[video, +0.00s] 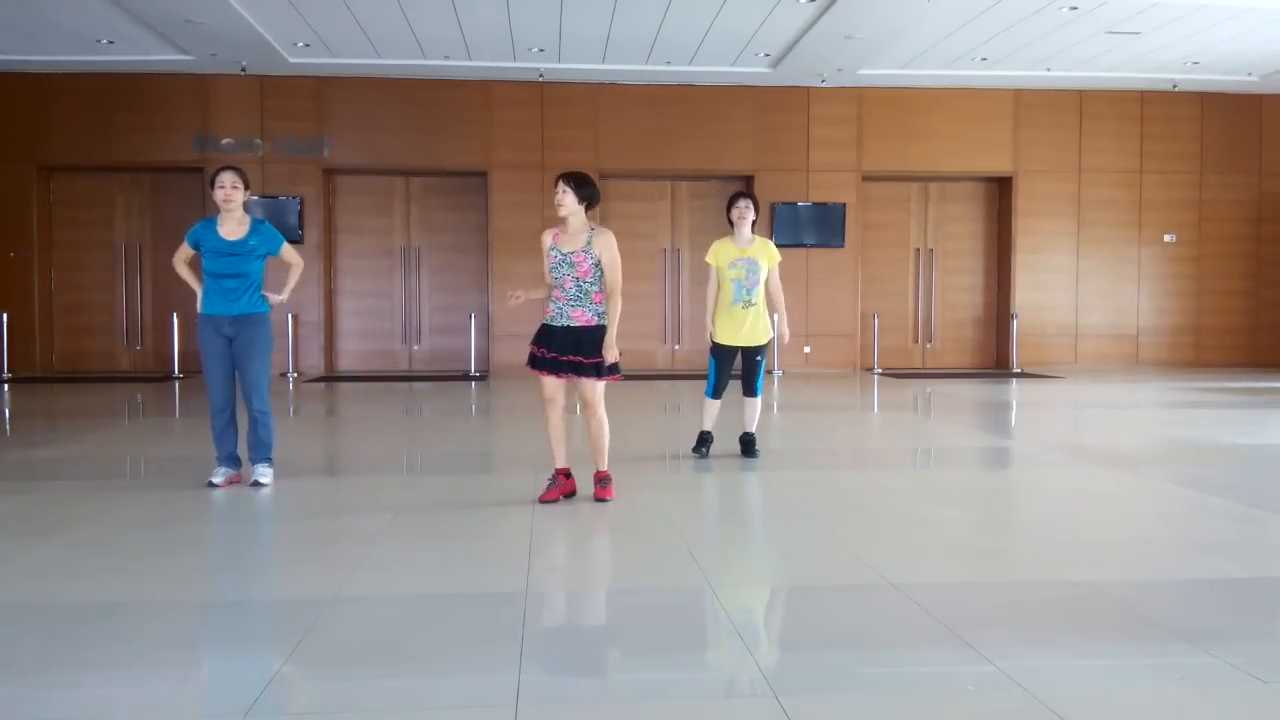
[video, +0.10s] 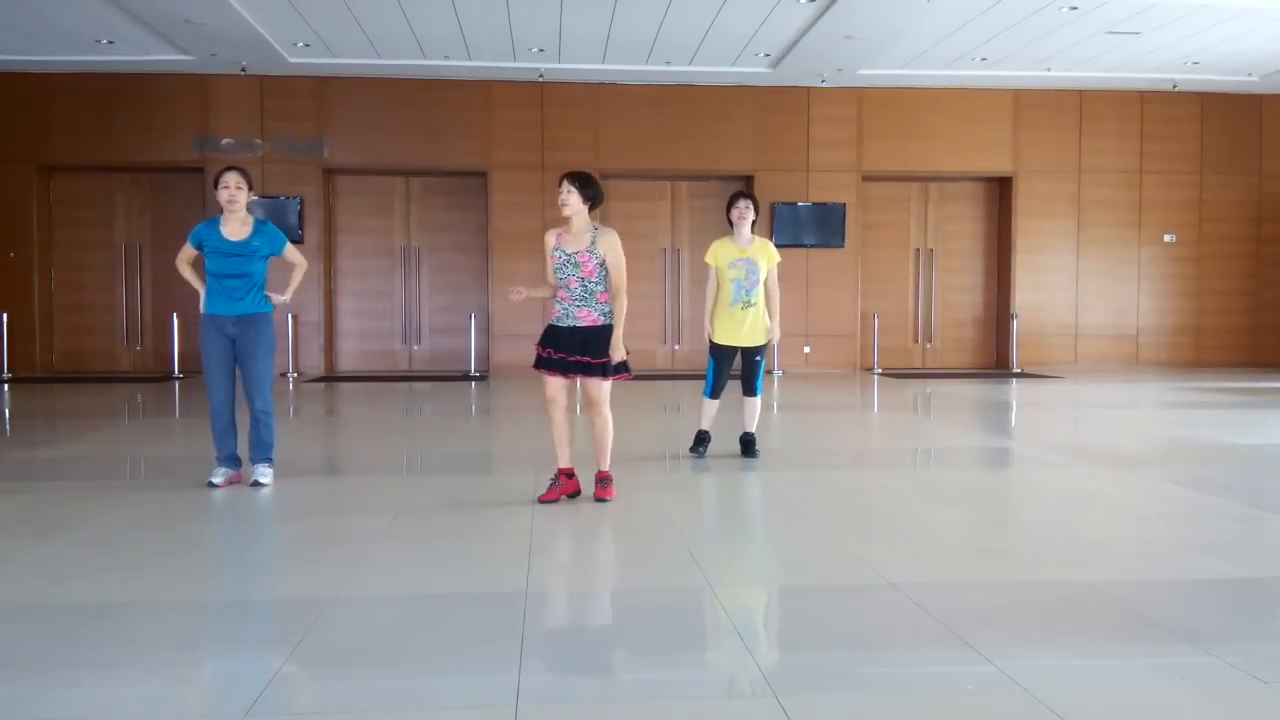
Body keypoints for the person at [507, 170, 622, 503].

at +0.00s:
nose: (557, 198)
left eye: (564, 193)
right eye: (556, 193)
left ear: (583, 199)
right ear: (556, 200)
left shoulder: (603, 239)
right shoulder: (550, 238)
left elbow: (614, 291)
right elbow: (551, 289)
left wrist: (611, 337)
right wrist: (527, 293)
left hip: (591, 332)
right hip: (554, 330)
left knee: (593, 406)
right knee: (552, 401)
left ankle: (602, 475)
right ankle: (562, 475)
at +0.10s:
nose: (561, 198)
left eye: (568, 193)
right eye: (560, 193)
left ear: (587, 198)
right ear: (559, 199)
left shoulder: (607, 238)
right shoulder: (553, 238)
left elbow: (619, 291)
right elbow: (553, 288)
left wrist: (617, 336)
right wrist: (528, 291)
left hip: (597, 332)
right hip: (559, 331)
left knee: (597, 406)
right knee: (555, 400)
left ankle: (603, 476)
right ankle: (565, 476)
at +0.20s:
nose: (568, 198)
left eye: (576, 193)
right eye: (565, 193)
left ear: (592, 199)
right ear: (561, 200)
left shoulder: (610, 238)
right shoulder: (555, 239)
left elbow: (624, 290)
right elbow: (554, 288)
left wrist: (624, 336)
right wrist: (529, 292)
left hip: (602, 331)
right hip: (564, 330)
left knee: (602, 404)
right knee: (557, 401)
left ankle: (605, 476)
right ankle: (566, 476)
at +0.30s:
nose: (576, 200)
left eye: (583, 195)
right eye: (570, 195)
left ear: (596, 201)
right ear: (564, 201)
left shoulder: (612, 239)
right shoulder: (555, 241)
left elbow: (626, 291)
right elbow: (555, 290)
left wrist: (631, 337)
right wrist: (534, 295)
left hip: (607, 332)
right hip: (568, 332)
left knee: (606, 405)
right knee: (560, 403)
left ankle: (605, 475)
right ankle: (566, 477)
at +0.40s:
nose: (580, 201)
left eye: (586, 196)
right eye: (574, 196)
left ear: (597, 202)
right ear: (565, 202)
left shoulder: (613, 240)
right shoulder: (553, 243)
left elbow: (626, 291)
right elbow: (553, 292)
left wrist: (635, 337)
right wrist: (540, 299)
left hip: (609, 334)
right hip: (569, 335)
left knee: (608, 406)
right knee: (564, 408)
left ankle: (606, 476)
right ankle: (565, 476)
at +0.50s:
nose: (581, 202)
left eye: (587, 197)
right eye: (575, 197)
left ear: (597, 204)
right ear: (565, 202)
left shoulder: (612, 242)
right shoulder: (551, 244)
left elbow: (624, 292)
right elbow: (549, 292)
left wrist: (637, 337)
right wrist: (547, 300)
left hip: (610, 335)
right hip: (570, 336)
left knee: (607, 405)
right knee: (567, 410)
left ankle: (605, 475)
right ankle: (560, 475)